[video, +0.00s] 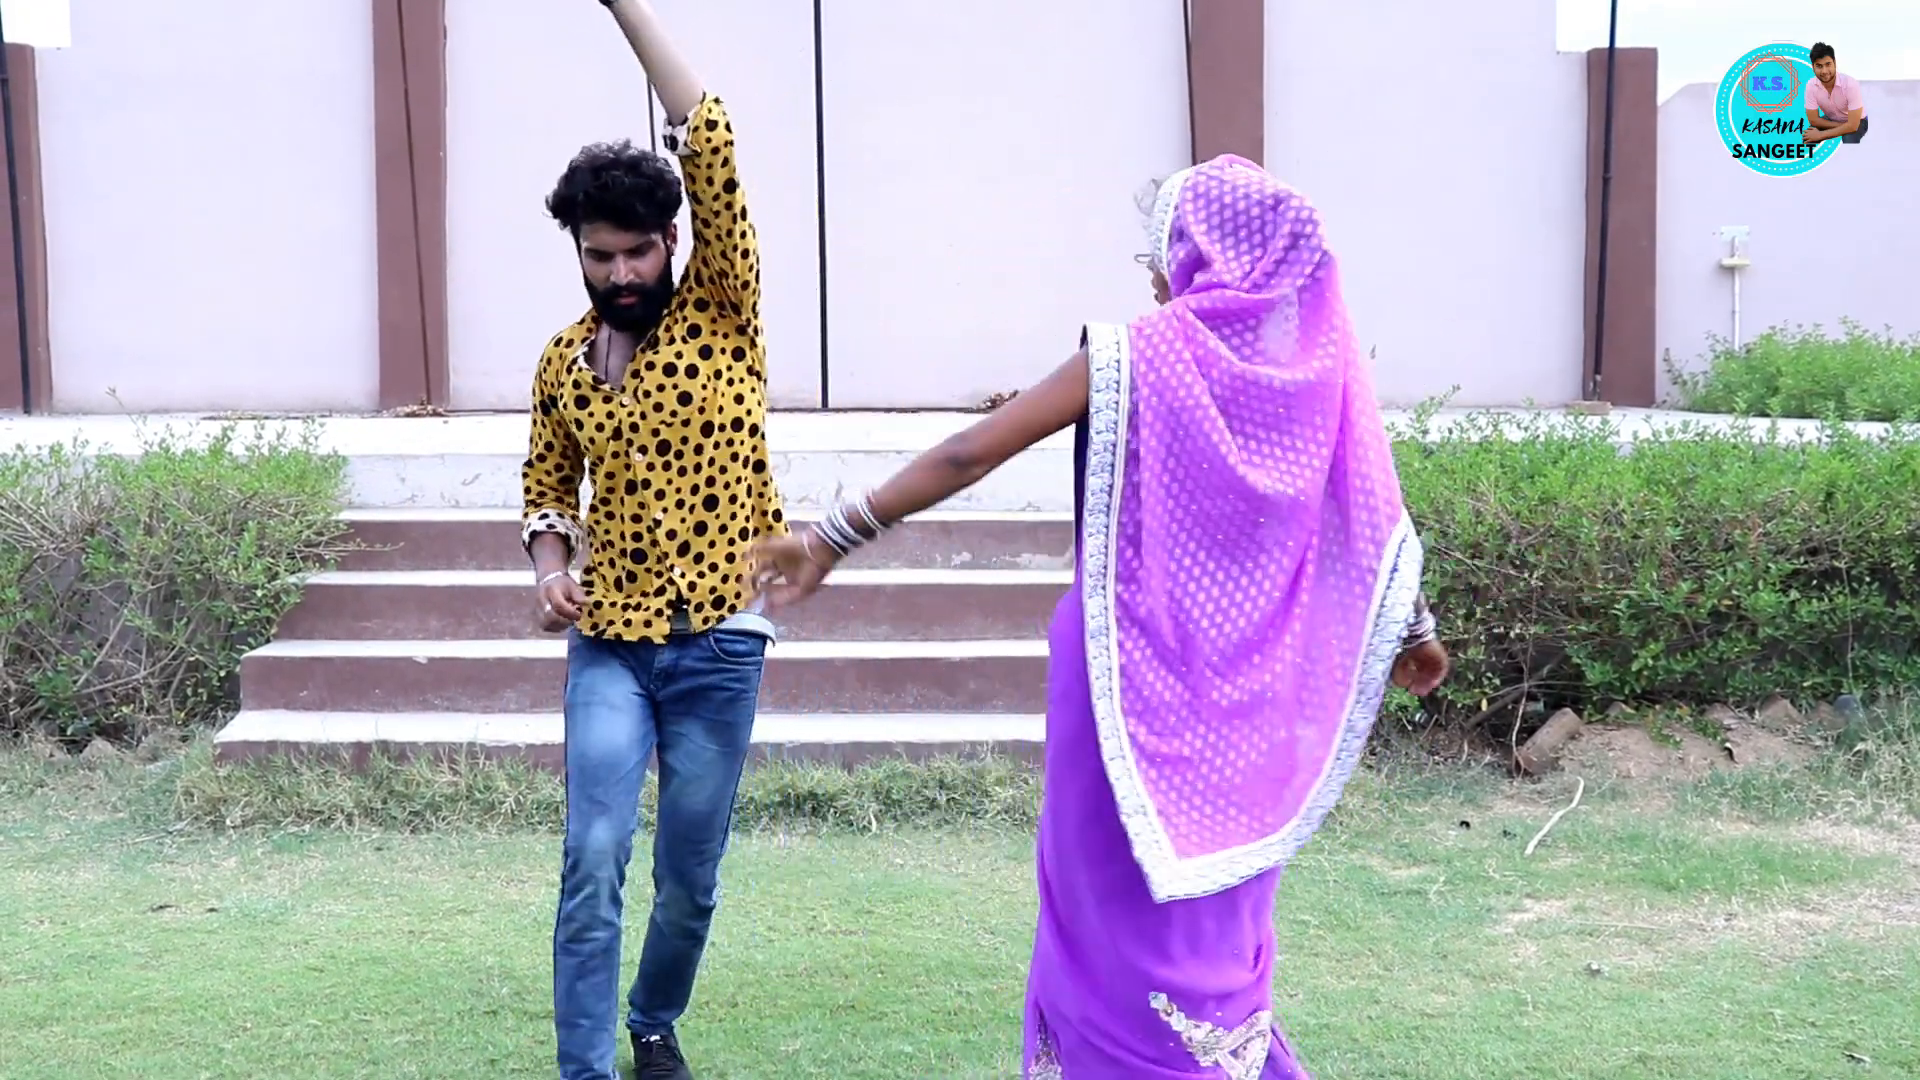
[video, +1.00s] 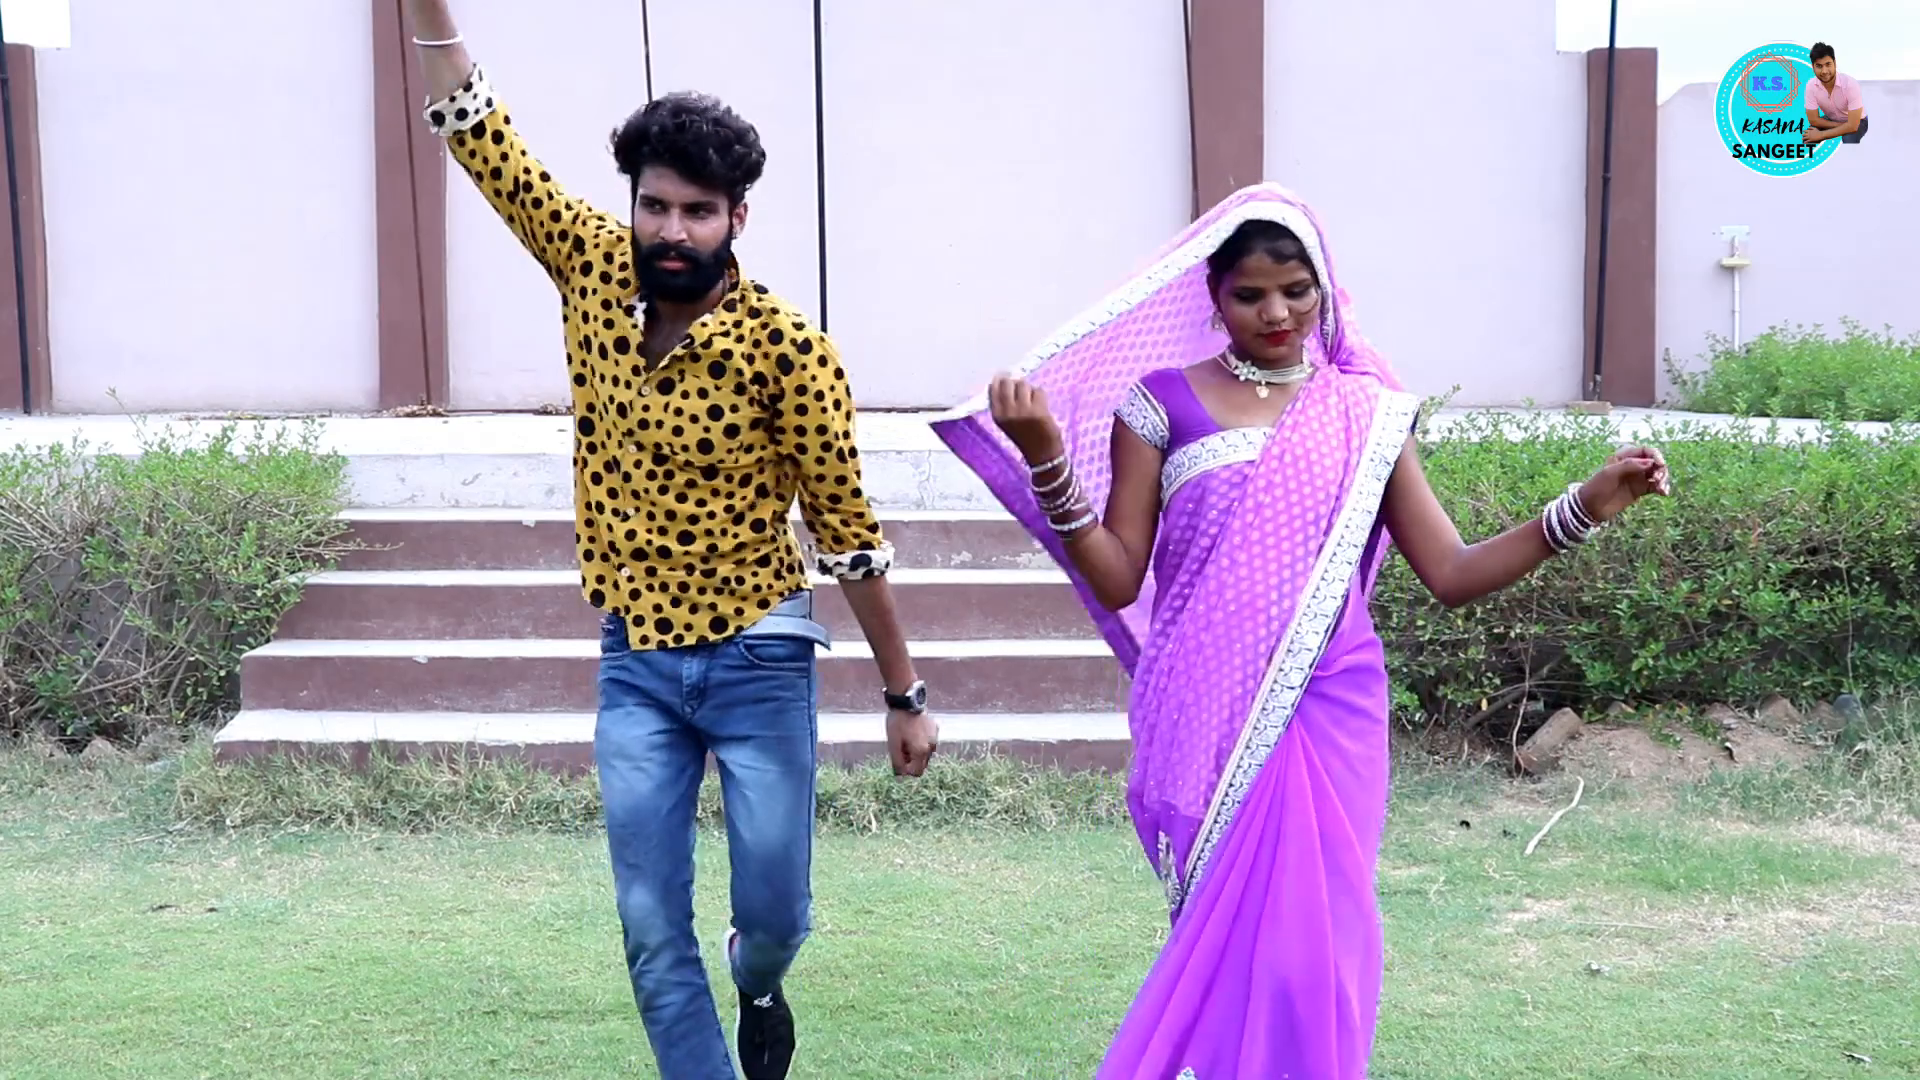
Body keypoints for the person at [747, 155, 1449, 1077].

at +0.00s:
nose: (1153, 268)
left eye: (1163, 251)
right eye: (1157, 249)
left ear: (1191, 260)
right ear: (1277, 261)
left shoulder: (1127, 357)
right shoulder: (1324, 375)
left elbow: (966, 457)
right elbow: (1377, 520)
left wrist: (835, 534)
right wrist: (1414, 626)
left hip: (1118, 662)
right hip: (1257, 666)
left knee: (1100, 880)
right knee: (1228, 877)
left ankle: (1102, 1056)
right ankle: (1228, 1052)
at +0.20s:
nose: (1151, 298)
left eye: (1169, 282)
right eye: (1158, 279)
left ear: (1227, 302)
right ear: (1258, 303)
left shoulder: (1193, 405)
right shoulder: (1323, 412)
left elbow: (1131, 557)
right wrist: (1320, 759)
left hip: (1174, 747)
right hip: (1269, 749)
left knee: (1061, 966)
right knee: (1238, 990)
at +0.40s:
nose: (1156, 250)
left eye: (1182, 232)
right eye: (1151, 229)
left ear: (1244, 248)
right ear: (1146, 235)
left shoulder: (1255, 357)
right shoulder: (1192, 357)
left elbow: (1306, 512)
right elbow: (1114, 505)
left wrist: (1294, 669)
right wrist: (1116, 375)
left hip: (1224, 694)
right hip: (1160, 690)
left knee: (1195, 941)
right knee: (1127, 932)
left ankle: (1215, 1067)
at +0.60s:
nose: (1195, 299)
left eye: (1218, 277)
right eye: (1177, 281)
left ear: (1268, 282)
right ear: (1162, 292)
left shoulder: (1321, 400)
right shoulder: (1164, 405)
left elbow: (1396, 555)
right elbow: (996, 418)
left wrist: (1483, 683)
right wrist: (1116, 348)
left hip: (1257, 711)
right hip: (1147, 709)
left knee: (1249, 951)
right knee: (1144, 943)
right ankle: (1155, 1075)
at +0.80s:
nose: (1238, 299)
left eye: (1260, 277)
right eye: (1213, 279)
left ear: (1295, 279)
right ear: (1188, 283)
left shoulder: (1354, 401)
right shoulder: (1150, 394)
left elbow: (1454, 560)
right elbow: (1025, 501)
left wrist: (1583, 605)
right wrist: (1034, 361)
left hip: (1310, 702)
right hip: (1174, 699)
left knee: (1303, 941)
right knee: (1171, 936)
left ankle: (1300, 1071)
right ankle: (1177, 1075)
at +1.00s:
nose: (1275, 315)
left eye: (1293, 291)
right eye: (1249, 296)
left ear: (1322, 288)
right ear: (1216, 297)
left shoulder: (1366, 404)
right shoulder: (1163, 404)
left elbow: (1454, 573)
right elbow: (1117, 579)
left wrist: (1582, 505)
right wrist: (1047, 465)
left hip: (1338, 708)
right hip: (1211, 713)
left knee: (1325, 955)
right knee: (1241, 952)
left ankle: (1321, 1076)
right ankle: (1228, 1076)